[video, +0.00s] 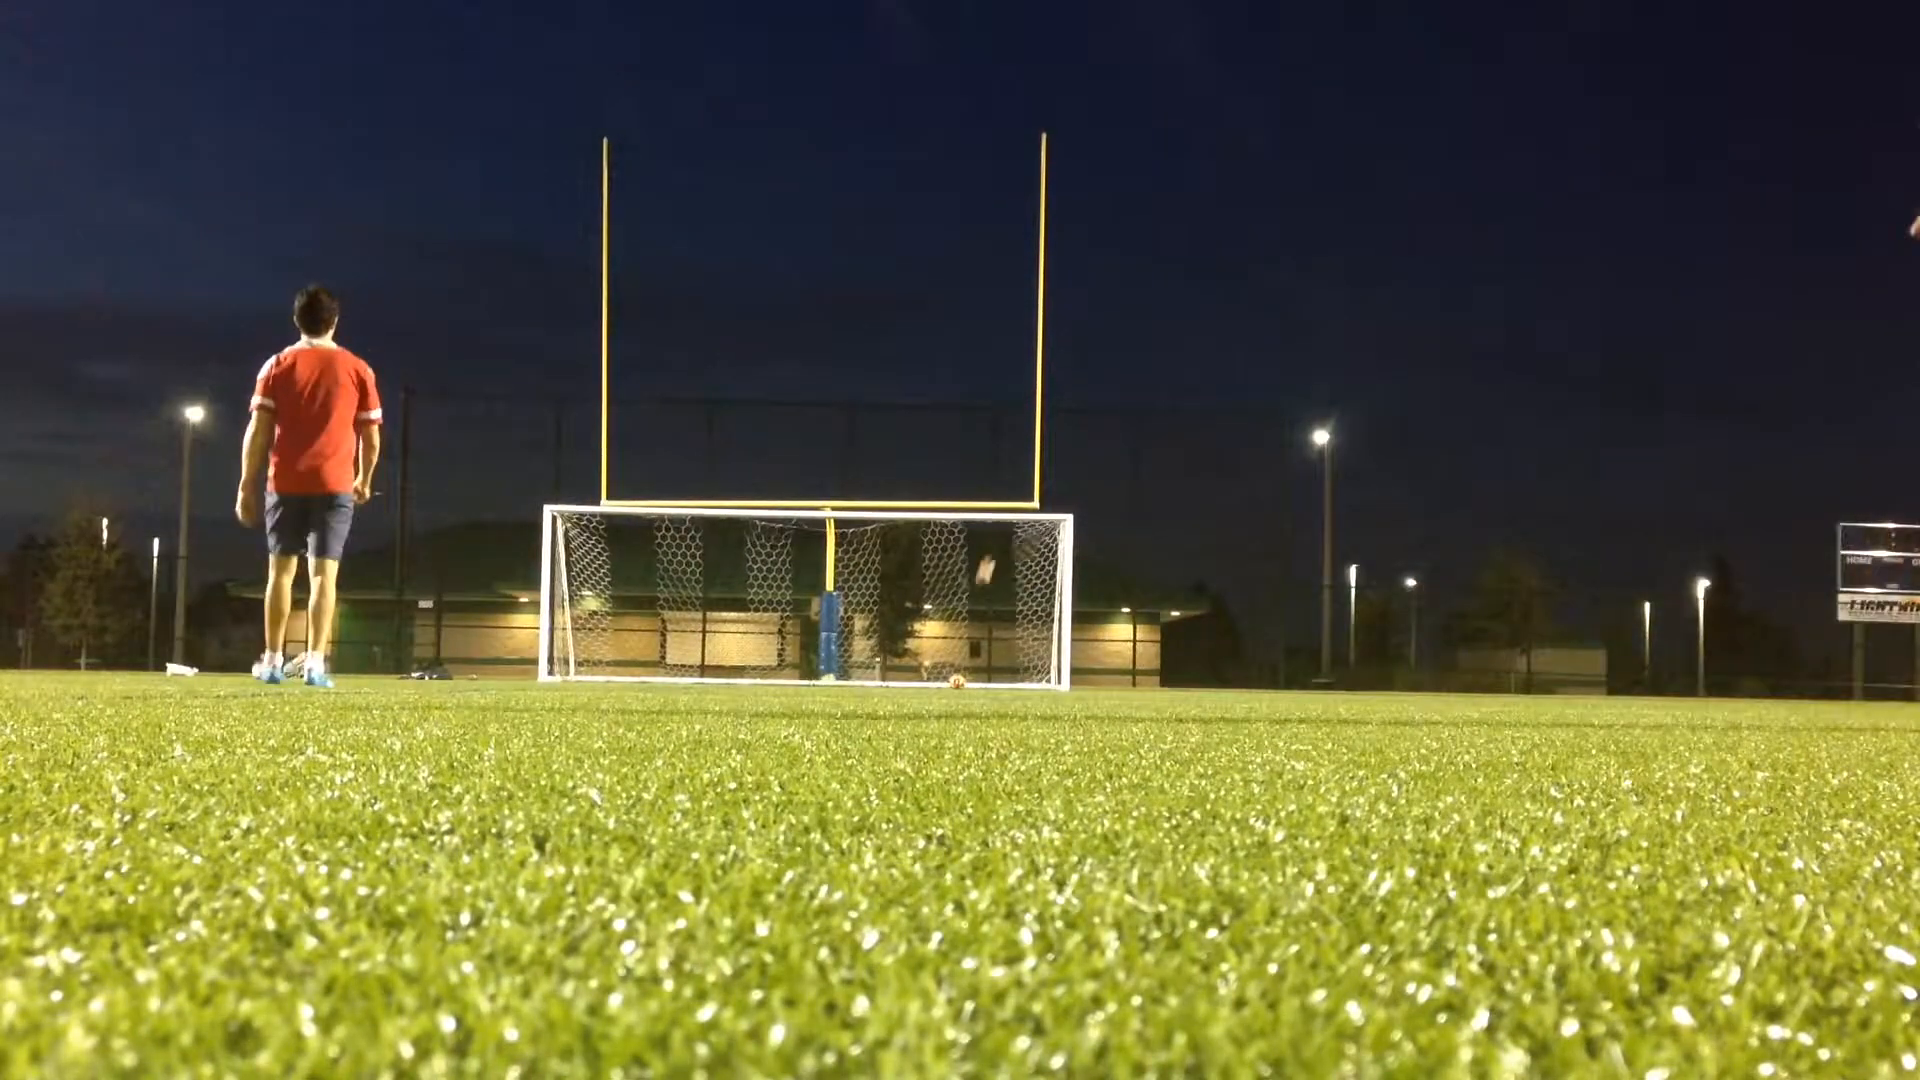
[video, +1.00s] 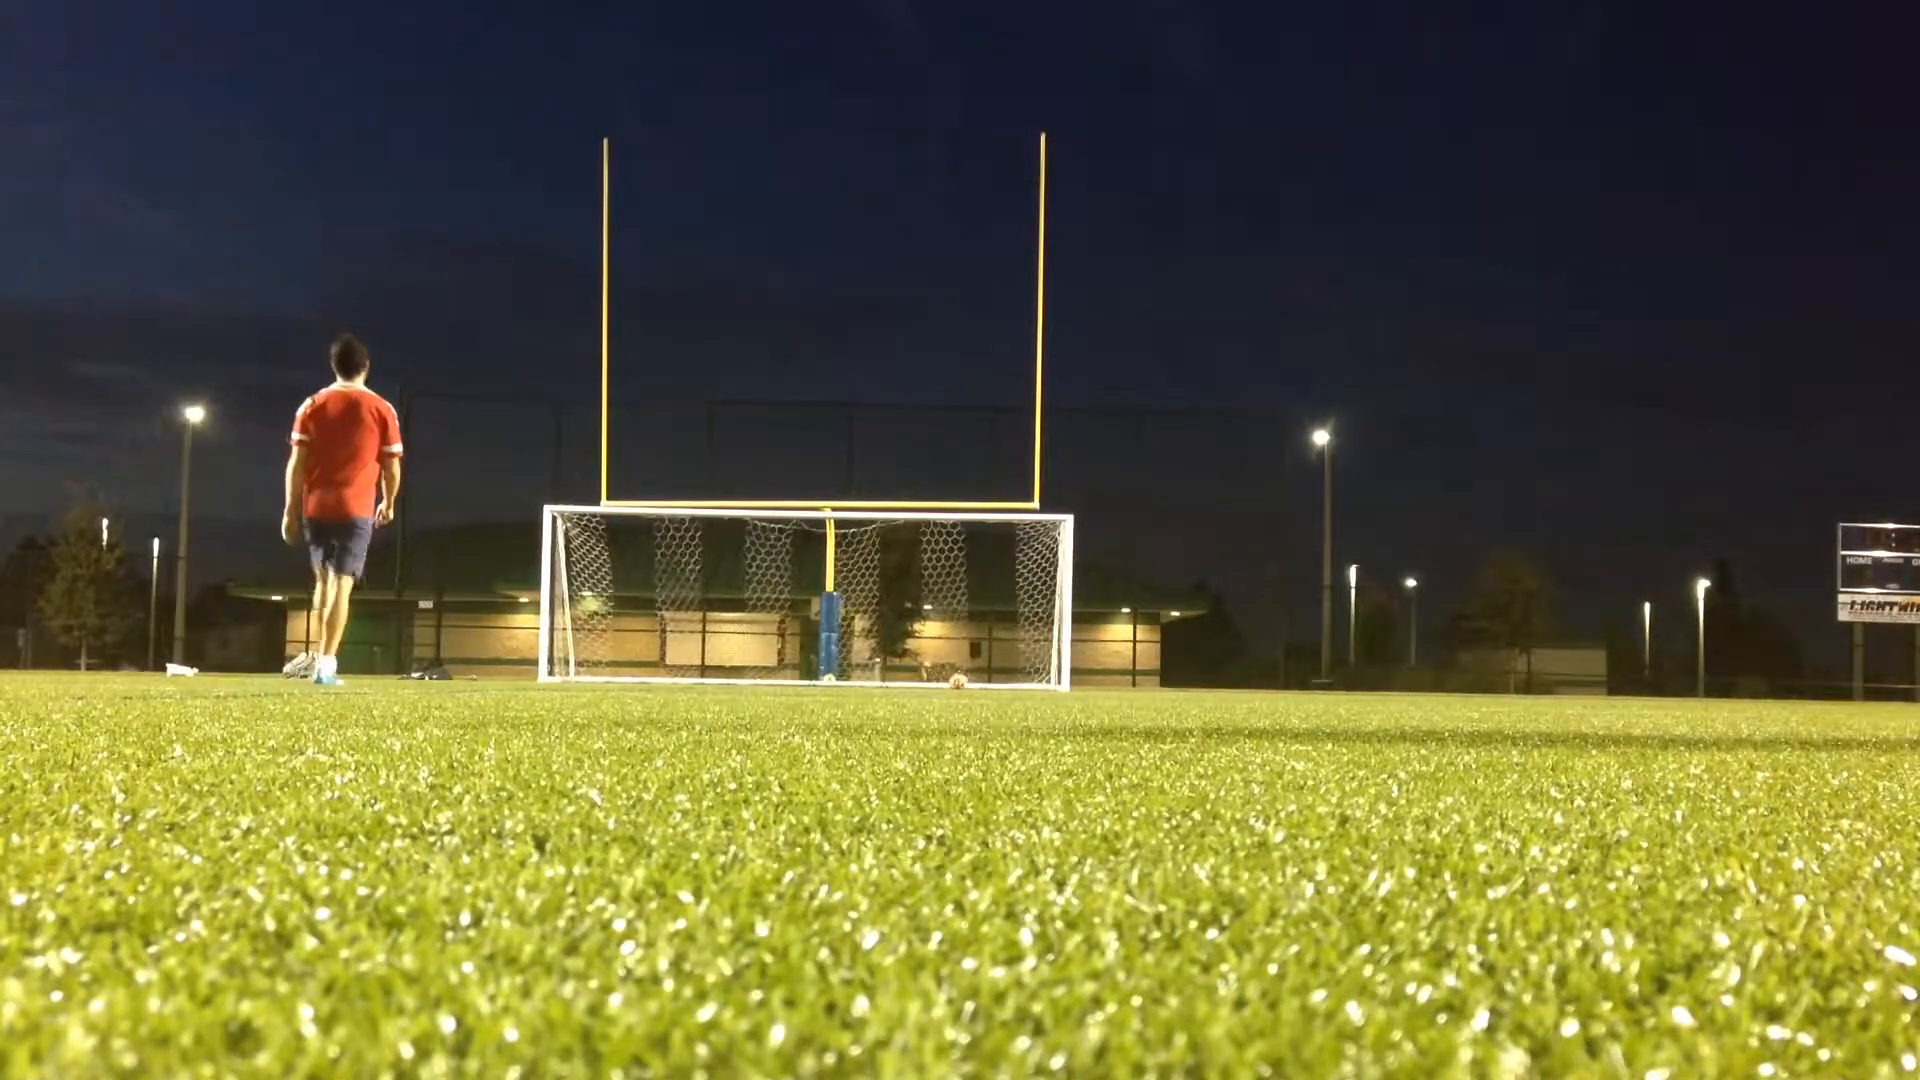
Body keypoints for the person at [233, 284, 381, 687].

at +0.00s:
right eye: (331, 318)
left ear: (296, 322)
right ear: (334, 323)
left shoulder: (276, 365)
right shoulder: (358, 369)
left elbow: (258, 430)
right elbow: (371, 438)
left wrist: (246, 487)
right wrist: (365, 478)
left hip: (285, 482)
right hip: (336, 482)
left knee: (280, 572)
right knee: (324, 576)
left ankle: (272, 659)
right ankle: (315, 662)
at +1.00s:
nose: (358, 370)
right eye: (363, 364)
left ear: (332, 367)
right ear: (366, 367)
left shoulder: (312, 405)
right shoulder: (381, 408)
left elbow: (296, 462)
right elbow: (392, 466)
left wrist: (290, 510)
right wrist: (389, 502)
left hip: (317, 505)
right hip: (358, 507)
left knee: (323, 580)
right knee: (341, 585)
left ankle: (316, 656)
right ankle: (327, 662)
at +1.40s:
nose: (351, 384)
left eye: (352, 379)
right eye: (354, 379)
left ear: (355, 382)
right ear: (384, 382)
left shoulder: (337, 419)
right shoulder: (403, 421)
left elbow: (323, 476)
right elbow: (411, 476)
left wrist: (319, 521)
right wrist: (412, 519)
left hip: (341, 516)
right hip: (383, 517)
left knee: (347, 591)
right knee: (386, 589)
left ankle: (347, 666)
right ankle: (365, 638)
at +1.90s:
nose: (402, 403)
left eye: (403, 399)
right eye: (408, 399)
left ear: (405, 401)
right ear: (432, 402)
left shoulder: (385, 435)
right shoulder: (445, 439)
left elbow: (371, 485)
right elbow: (453, 491)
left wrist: (371, 526)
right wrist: (456, 534)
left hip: (388, 526)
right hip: (427, 528)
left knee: (392, 591)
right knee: (421, 600)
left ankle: (384, 646)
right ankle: (413, 670)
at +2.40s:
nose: (448, 422)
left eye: (436, 417)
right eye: (452, 418)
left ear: (428, 419)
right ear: (455, 420)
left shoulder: (412, 452)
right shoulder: (468, 452)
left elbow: (402, 502)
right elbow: (478, 501)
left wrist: (400, 543)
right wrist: (481, 538)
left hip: (418, 538)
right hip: (454, 538)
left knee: (424, 602)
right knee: (458, 600)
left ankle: (424, 669)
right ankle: (440, 643)